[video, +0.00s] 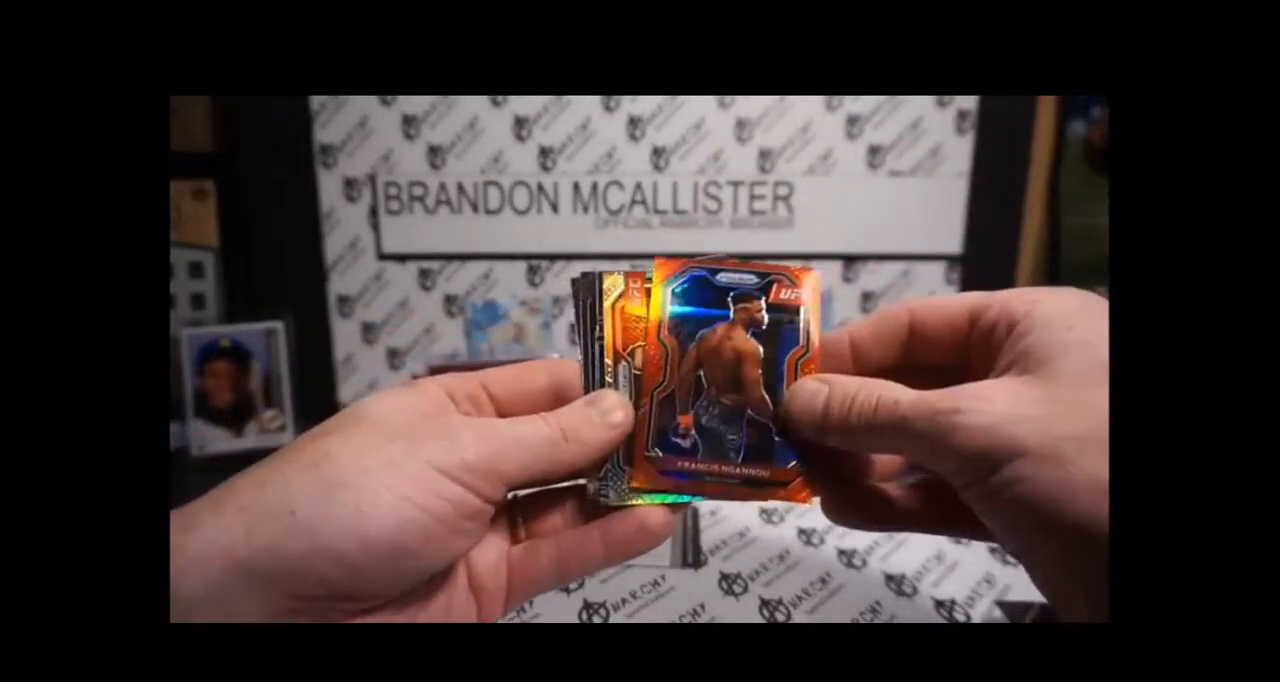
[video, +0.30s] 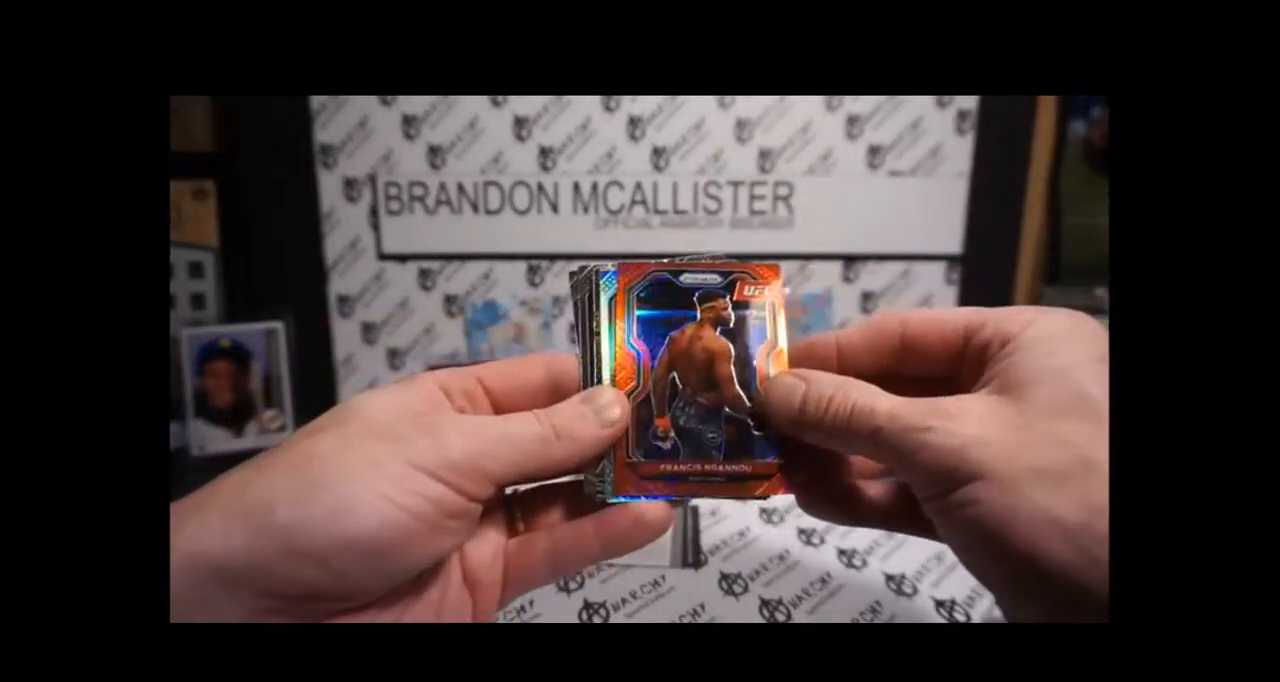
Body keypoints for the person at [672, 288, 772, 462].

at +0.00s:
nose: (765, 316)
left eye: (764, 310)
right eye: (760, 311)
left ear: (739, 312)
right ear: (742, 312)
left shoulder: (706, 336)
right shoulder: (749, 347)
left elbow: (685, 374)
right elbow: (755, 397)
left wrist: (683, 413)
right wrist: (774, 420)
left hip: (705, 409)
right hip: (730, 416)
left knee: (705, 473)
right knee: (726, 478)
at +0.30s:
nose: (731, 313)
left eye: (729, 308)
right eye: (725, 309)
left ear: (707, 312)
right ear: (708, 312)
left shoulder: (676, 338)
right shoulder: (720, 346)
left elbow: (659, 377)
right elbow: (731, 393)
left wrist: (660, 416)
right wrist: (752, 414)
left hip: (682, 410)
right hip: (708, 416)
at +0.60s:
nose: (720, 305)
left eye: (718, 299)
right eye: (713, 300)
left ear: (693, 305)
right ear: (697, 304)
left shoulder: (664, 332)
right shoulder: (708, 338)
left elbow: (648, 372)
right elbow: (720, 387)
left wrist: (650, 413)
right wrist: (744, 407)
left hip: (671, 406)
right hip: (697, 411)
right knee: (701, 475)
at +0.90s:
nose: (720, 304)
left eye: (718, 299)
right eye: (714, 300)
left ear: (694, 305)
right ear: (696, 304)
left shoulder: (665, 330)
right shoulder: (709, 337)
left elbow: (648, 370)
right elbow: (721, 386)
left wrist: (651, 411)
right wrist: (745, 406)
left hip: (672, 404)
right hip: (698, 411)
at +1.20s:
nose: (717, 308)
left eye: (715, 302)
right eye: (711, 303)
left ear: (690, 308)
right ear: (693, 307)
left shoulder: (661, 335)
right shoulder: (705, 341)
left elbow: (645, 375)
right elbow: (718, 390)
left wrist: (647, 416)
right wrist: (741, 409)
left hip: (668, 409)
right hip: (695, 415)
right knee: (696, 476)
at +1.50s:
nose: (720, 309)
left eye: (719, 303)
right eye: (714, 304)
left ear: (696, 308)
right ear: (697, 308)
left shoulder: (665, 334)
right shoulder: (709, 342)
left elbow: (649, 373)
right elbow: (720, 391)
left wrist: (650, 413)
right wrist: (743, 409)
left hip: (671, 408)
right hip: (697, 414)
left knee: (678, 471)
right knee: (699, 474)